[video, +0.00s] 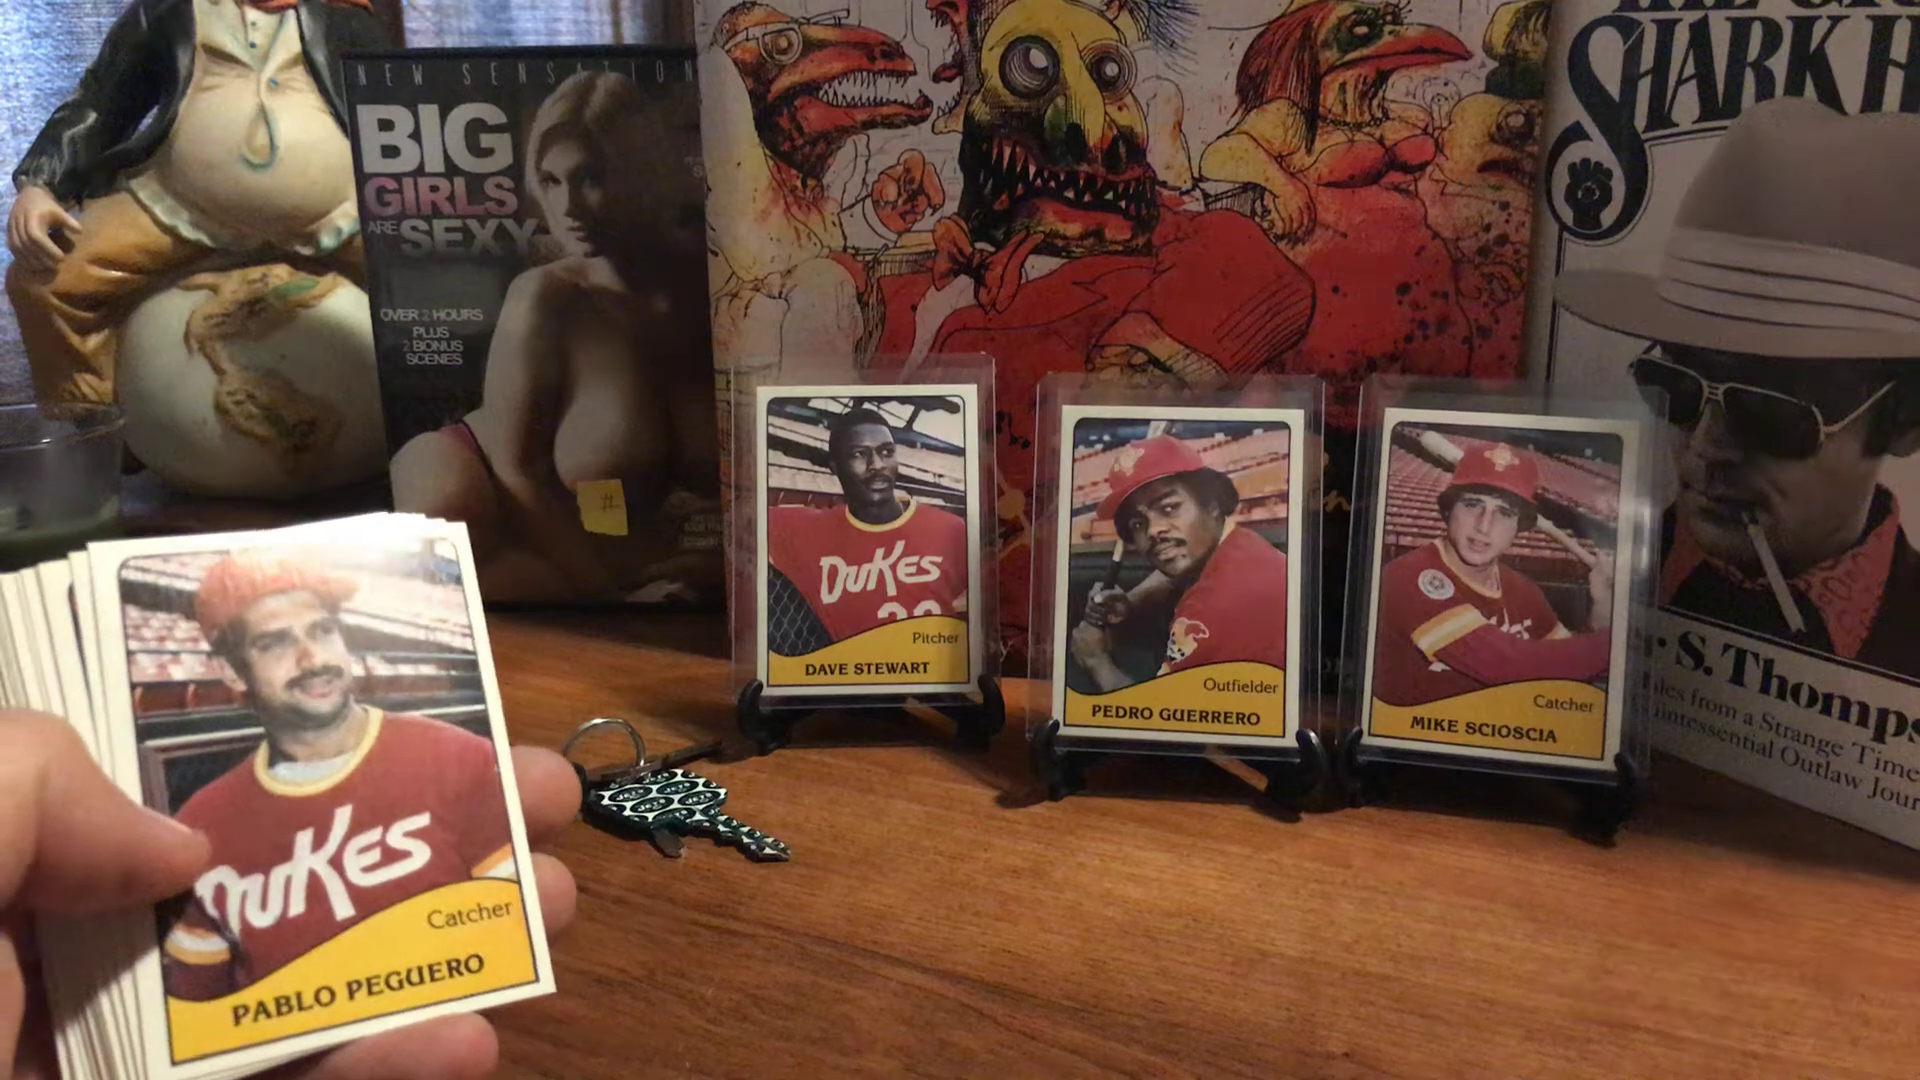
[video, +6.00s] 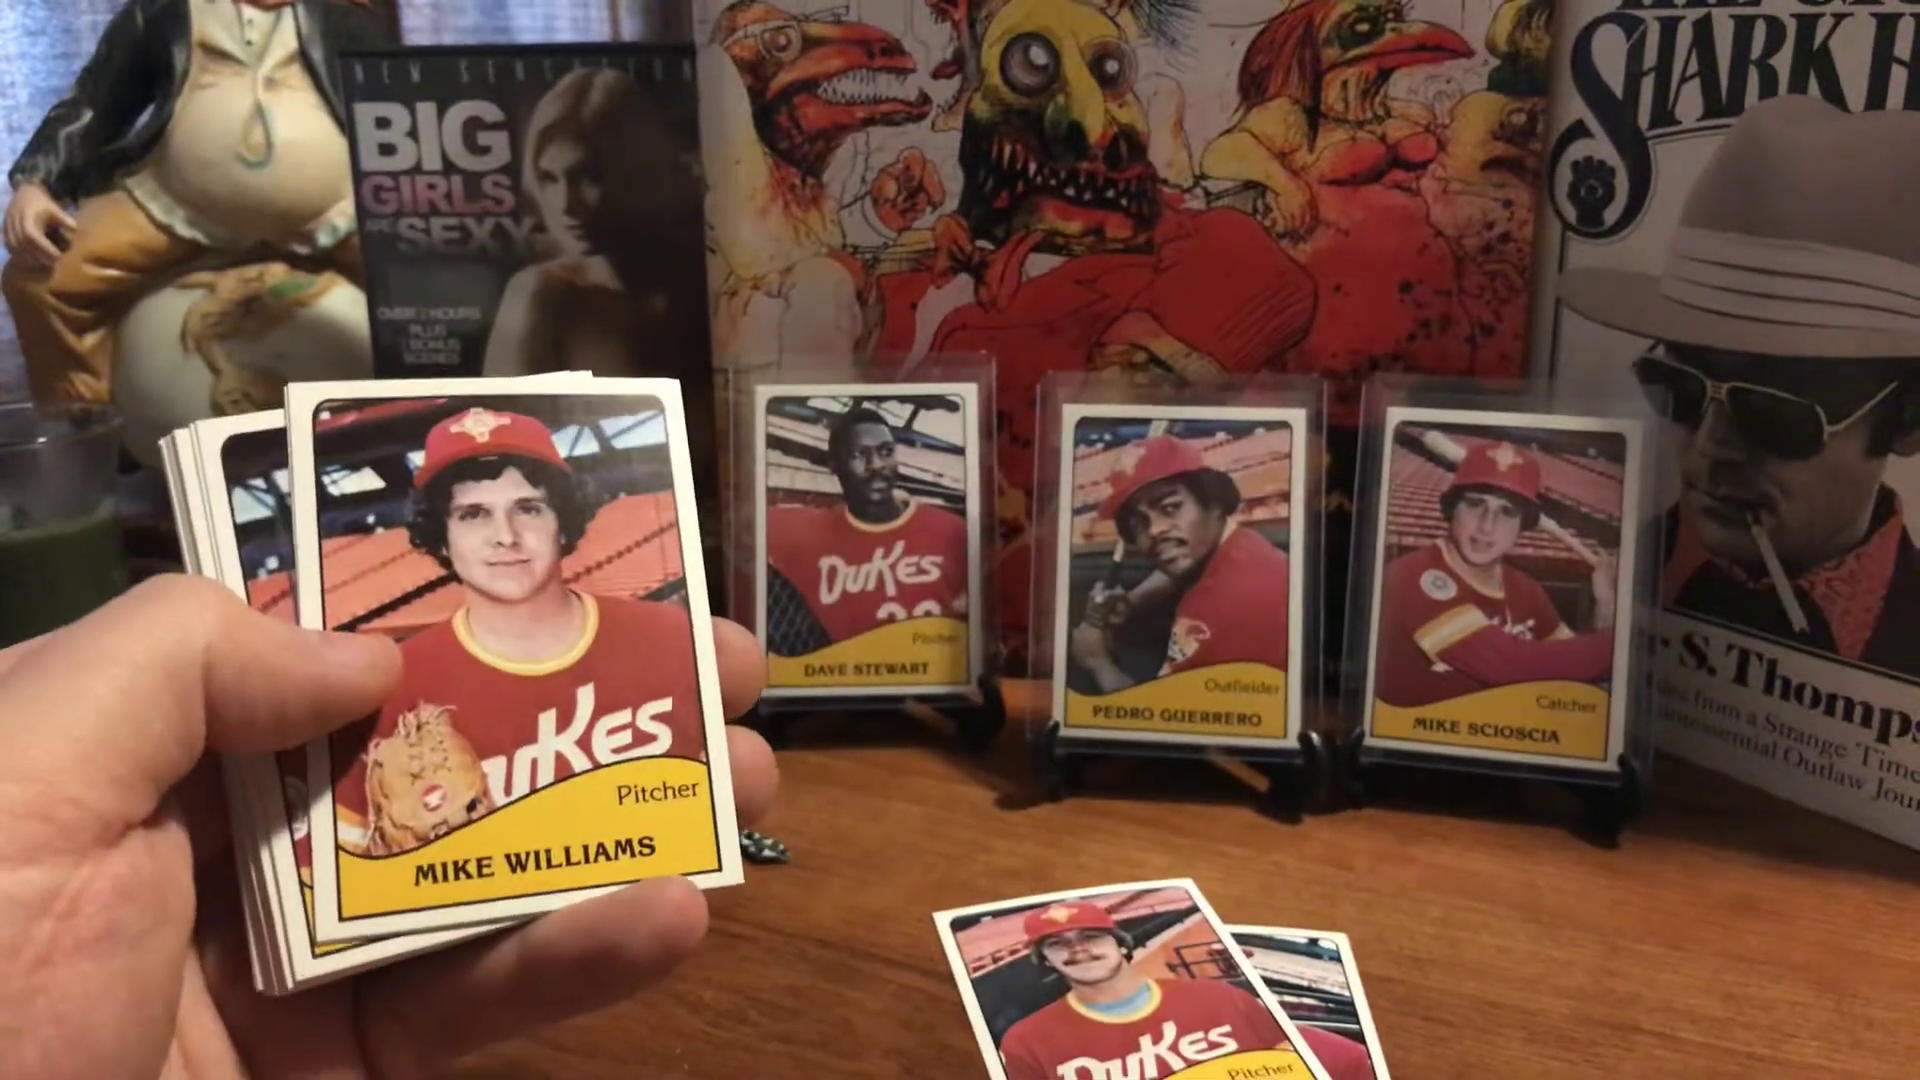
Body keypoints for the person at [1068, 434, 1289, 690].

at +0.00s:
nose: (1154, 530)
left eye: (1169, 507)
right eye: (1138, 524)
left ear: (1212, 505)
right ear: (1133, 541)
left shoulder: (1212, 609)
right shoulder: (1245, 545)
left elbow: (1160, 721)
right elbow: (1183, 565)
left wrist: (1097, 662)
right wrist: (1132, 602)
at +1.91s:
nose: (1155, 530)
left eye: (1168, 508)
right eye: (1139, 524)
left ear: (1213, 505)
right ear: (1134, 540)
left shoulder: (1209, 609)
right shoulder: (1247, 544)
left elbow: (1161, 721)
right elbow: (1183, 565)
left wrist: (1097, 661)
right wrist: (1132, 602)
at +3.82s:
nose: (1156, 530)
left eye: (1170, 508)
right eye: (1139, 522)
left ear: (1215, 503)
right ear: (1132, 539)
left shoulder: (1214, 604)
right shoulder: (1252, 546)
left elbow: (1160, 720)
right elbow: (1185, 564)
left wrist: (1098, 662)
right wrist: (1133, 603)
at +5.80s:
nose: (1156, 531)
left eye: (1171, 509)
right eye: (1141, 522)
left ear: (1214, 506)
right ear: (1134, 539)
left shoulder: (1211, 605)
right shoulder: (1249, 546)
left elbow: (1159, 720)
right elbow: (1185, 566)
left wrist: (1098, 662)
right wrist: (1132, 603)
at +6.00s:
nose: (1156, 530)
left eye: (1170, 508)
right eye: (1140, 522)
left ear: (1213, 504)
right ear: (1133, 539)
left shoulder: (1212, 605)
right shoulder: (1248, 544)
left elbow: (1160, 720)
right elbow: (1185, 564)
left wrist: (1098, 662)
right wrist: (1132, 602)